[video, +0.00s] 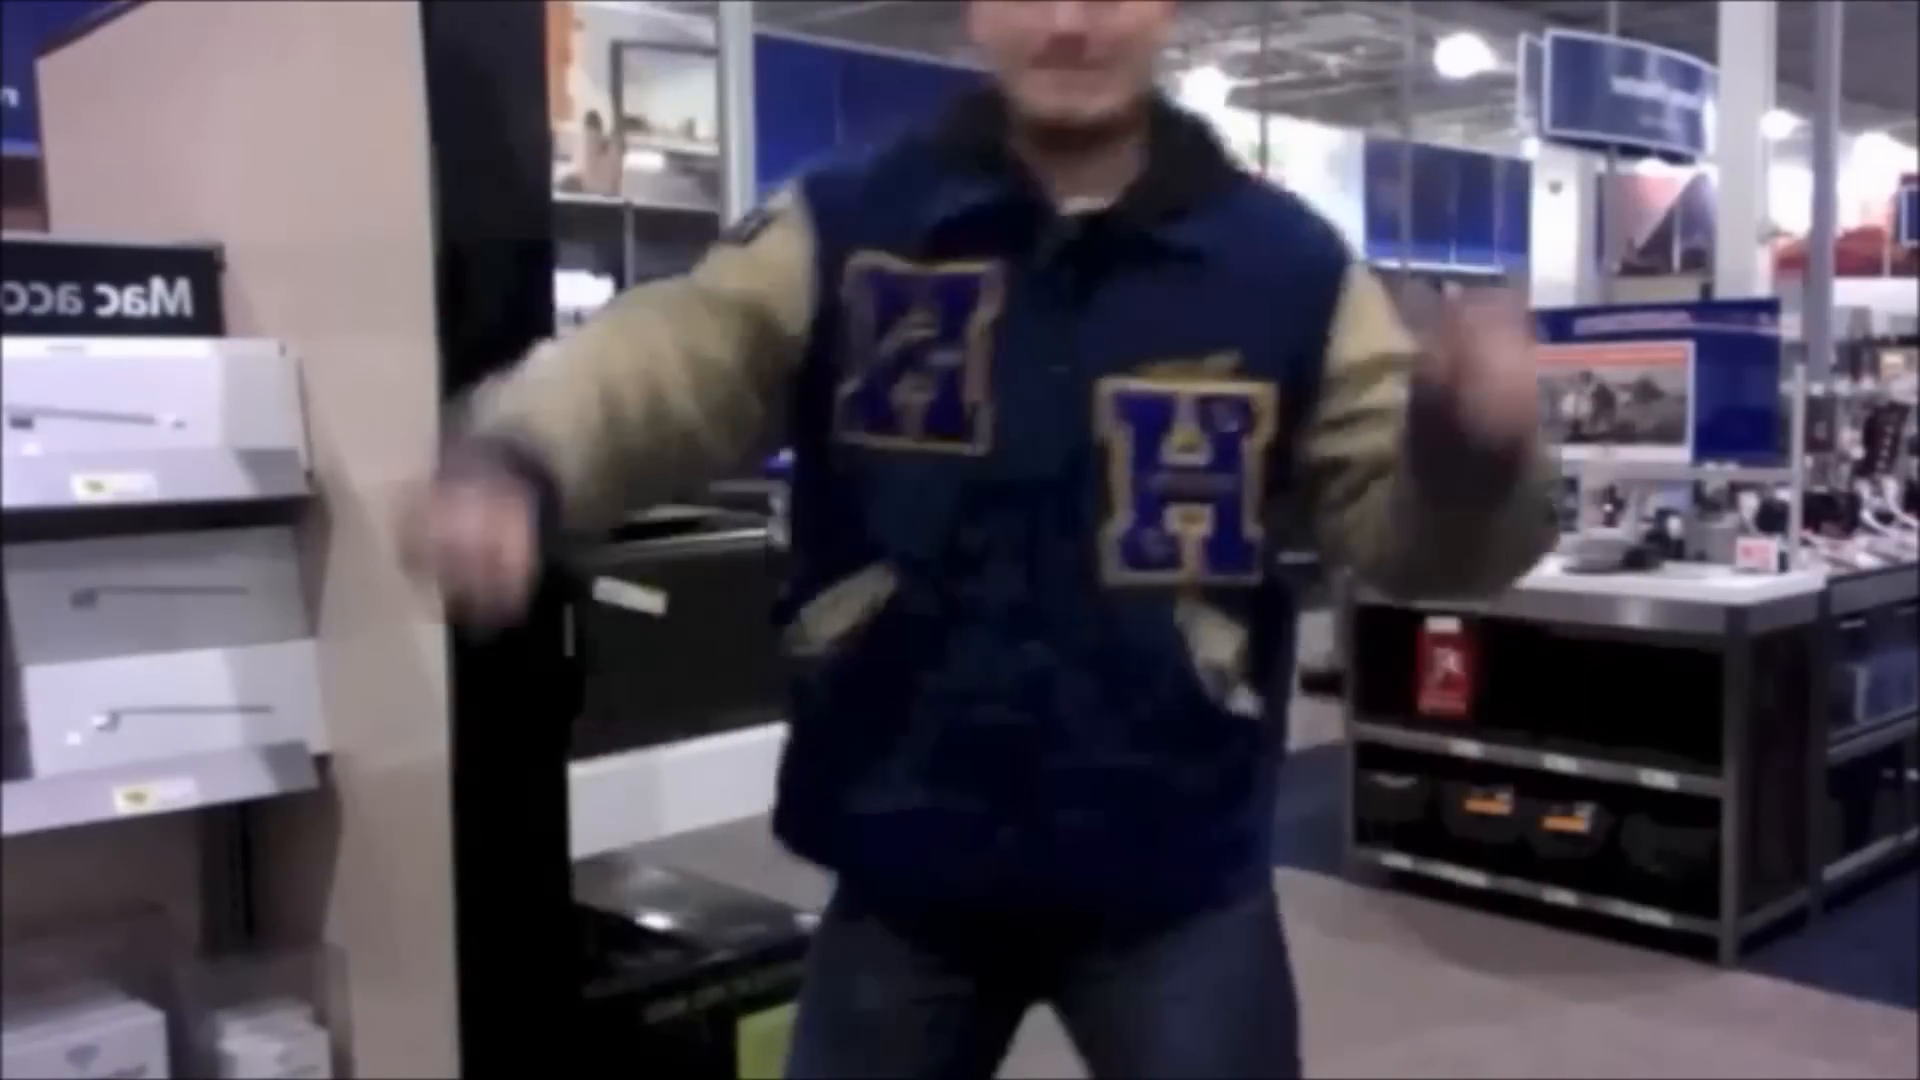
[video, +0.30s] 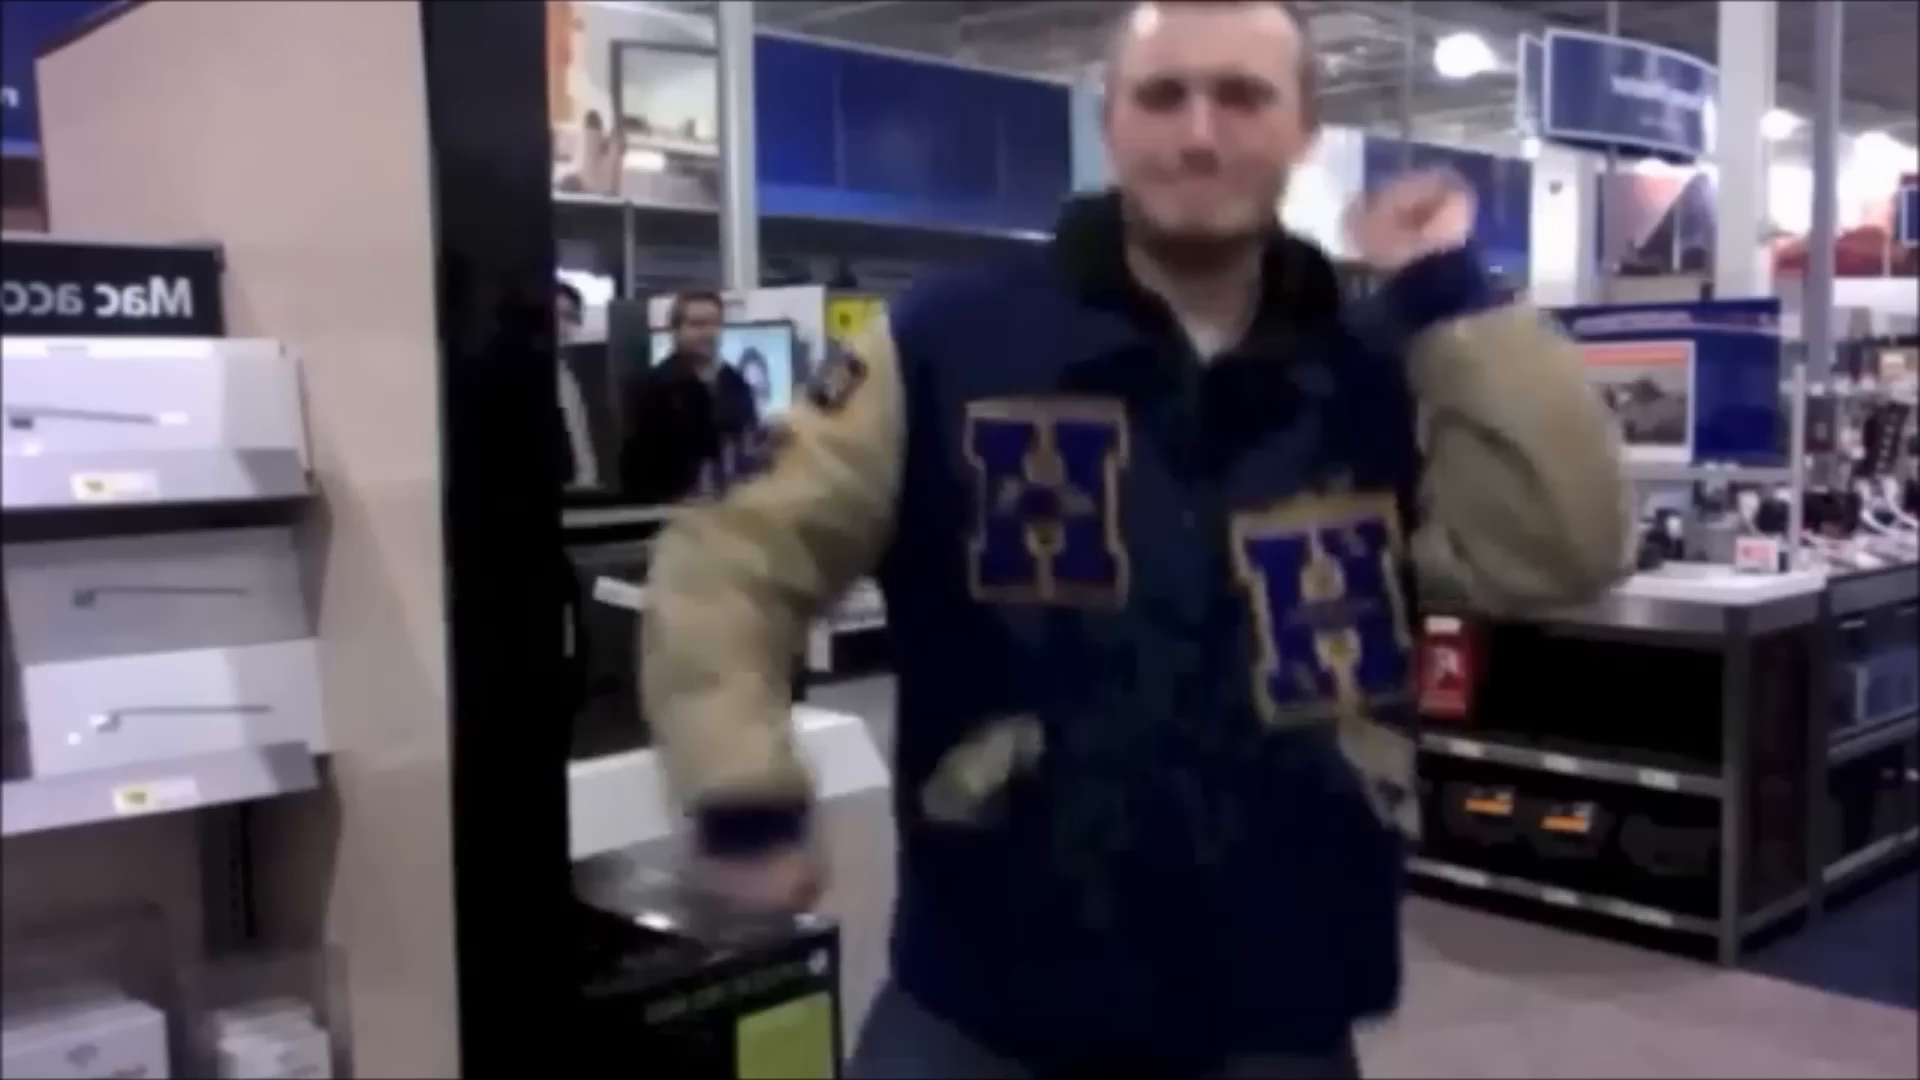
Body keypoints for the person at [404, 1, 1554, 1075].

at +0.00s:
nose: (1068, 15)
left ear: (1170, 15)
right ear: (972, 17)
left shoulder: (1283, 262)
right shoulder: (852, 223)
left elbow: (1416, 554)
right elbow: (682, 350)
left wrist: (1480, 460)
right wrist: (516, 459)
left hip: (1168, 875)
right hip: (910, 866)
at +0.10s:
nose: (1154, 71)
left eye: (1196, 39)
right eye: (1116, 37)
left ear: (1256, 73)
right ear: (1060, 65)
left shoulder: (1344, 328)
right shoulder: (911, 270)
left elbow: (1519, 564)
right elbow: (673, 444)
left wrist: (1483, 294)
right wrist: (554, 652)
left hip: (1212, 941)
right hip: (943, 930)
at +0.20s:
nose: (1209, 158)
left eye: (1252, 124)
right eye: (1173, 122)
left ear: (1316, 157)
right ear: (1118, 144)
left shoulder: (1377, 376)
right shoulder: (969, 352)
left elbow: (1566, 572)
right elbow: (734, 589)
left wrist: (1440, 321)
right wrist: (713, 850)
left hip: (1279, 1026)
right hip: (1000, 1017)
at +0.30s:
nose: (1199, 132)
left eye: (1242, 97)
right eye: (1163, 97)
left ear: (1304, 132)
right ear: (1108, 121)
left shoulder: (1371, 363)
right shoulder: (958, 342)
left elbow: (1566, 554)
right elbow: (734, 553)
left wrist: (1446, 298)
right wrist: (743, 792)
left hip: (1269, 1009)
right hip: (995, 998)